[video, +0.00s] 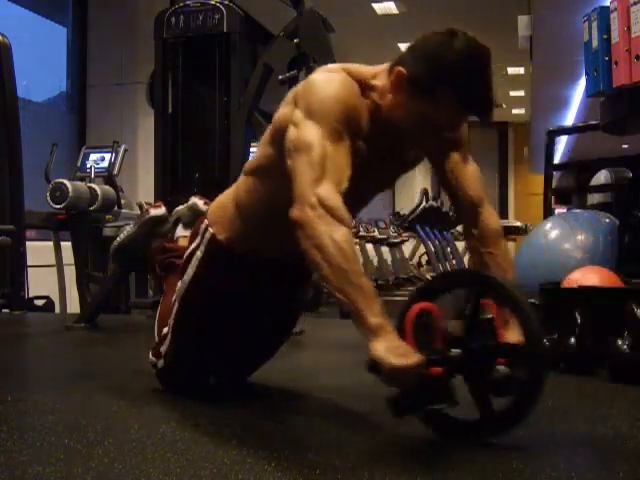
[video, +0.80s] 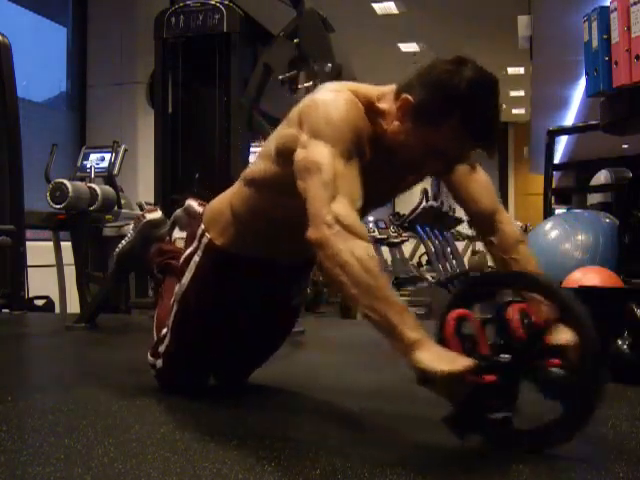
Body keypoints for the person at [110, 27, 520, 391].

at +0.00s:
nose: (438, 142)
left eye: (447, 131)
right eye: (432, 125)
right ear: (395, 86)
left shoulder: (438, 118)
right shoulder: (329, 93)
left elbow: (479, 220)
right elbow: (314, 213)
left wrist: (509, 316)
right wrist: (379, 332)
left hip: (290, 267)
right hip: (229, 253)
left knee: (228, 376)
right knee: (177, 374)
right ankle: (169, 252)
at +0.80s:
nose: (436, 173)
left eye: (449, 161)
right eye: (433, 155)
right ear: (400, 112)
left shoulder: (437, 131)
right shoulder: (332, 113)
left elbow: (494, 222)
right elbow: (332, 233)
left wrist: (548, 312)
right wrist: (417, 344)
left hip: (288, 270)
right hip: (227, 260)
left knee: (228, 377)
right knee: (177, 377)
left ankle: (197, 234)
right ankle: (167, 249)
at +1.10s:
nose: (495, 254)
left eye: (509, 248)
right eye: (499, 241)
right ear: (473, 199)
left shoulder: (490, 183)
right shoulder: (401, 181)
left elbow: (583, 261)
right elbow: (446, 303)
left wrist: (638, 300)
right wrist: (581, 387)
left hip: (309, 302)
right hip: (256, 292)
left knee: (239, 377)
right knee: (180, 372)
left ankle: (215, 263)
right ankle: (182, 259)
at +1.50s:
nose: (547, 332)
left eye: (563, 330)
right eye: (550, 322)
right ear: (527, 281)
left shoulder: (531, 241)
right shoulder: (459, 257)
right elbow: (524, 362)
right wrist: (639, 397)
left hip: (323, 330)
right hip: (276, 327)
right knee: (185, 364)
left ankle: (233, 237)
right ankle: (215, 239)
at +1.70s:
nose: (555, 317)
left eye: (566, 308)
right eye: (555, 303)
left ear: (518, 256)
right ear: (518, 261)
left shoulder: (518, 228)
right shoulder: (449, 239)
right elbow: (511, 348)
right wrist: (637, 389)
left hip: (316, 326)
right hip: (272, 320)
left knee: (243, 377)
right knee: (183, 365)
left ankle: (233, 242)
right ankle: (212, 241)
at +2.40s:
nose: (409, 114)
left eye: (420, 102)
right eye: (405, 96)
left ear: (431, 92)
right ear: (370, 63)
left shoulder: (415, 114)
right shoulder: (296, 91)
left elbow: (449, 212)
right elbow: (272, 215)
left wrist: (473, 311)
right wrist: (331, 335)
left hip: (276, 264)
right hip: (214, 251)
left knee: (223, 382)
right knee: (173, 378)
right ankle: (159, 264)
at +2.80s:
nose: (387, 96)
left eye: (398, 85)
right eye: (380, 78)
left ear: (407, 79)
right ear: (340, 50)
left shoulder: (392, 109)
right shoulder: (270, 85)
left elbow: (417, 204)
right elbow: (240, 208)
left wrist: (435, 307)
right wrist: (284, 330)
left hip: (272, 242)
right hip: (202, 238)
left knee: (231, 375)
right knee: (172, 377)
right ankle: (150, 265)